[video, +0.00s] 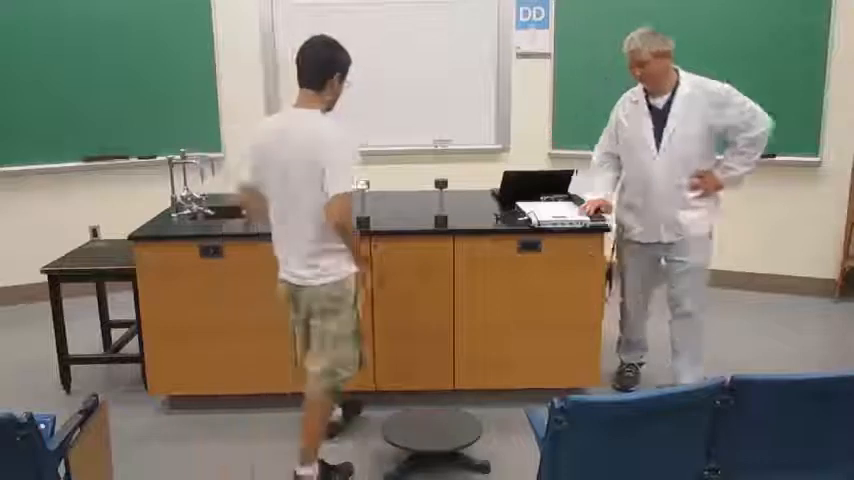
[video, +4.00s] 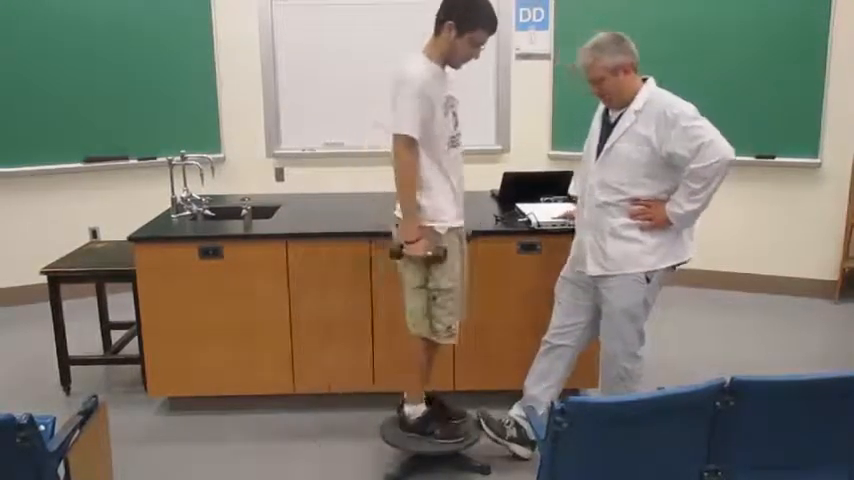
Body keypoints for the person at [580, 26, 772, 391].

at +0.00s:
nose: (635, 74)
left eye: (641, 66)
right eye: (632, 67)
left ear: (665, 59)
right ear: (631, 66)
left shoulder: (708, 95)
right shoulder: (627, 106)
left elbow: (757, 126)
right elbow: (606, 157)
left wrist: (722, 174)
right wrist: (600, 195)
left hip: (688, 225)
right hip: (637, 225)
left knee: (686, 308)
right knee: (632, 301)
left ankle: (688, 385)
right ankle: (630, 360)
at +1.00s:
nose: (647, 69)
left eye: (652, 60)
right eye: (645, 61)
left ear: (679, 54)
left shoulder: (728, 97)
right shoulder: (649, 107)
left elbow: (785, 132)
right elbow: (633, 167)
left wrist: (747, 185)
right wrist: (605, 202)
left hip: (704, 240)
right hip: (652, 239)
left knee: (701, 329)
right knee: (645, 325)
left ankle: (694, 407)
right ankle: (641, 406)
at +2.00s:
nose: (586, 81)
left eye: (591, 71)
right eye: (583, 73)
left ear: (618, 62)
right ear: (609, 65)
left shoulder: (656, 96)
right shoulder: (611, 102)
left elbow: (703, 144)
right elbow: (611, 166)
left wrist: (670, 200)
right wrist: (585, 203)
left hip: (637, 246)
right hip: (596, 240)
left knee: (628, 343)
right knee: (566, 323)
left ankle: (626, 429)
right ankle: (525, 405)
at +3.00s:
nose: (573, 91)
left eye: (577, 81)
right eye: (570, 83)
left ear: (604, 69)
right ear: (596, 73)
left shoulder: (645, 105)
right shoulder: (592, 112)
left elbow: (697, 148)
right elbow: (604, 171)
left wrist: (662, 207)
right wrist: (581, 207)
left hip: (626, 256)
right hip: (583, 251)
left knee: (619, 355)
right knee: (560, 337)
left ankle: (615, 437)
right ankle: (528, 422)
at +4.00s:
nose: (594, 91)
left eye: (599, 81)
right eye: (591, 82)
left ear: (626, 71)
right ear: (610, 75)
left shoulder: (665, 110)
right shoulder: (606, 111)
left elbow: (716, 155)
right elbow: (600, 169)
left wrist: (675, 210)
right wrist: (585, 204)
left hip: (633, 258)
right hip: (588, 251)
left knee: (620, 357)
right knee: (561, 339)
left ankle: (616, 440)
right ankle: (529, 424)